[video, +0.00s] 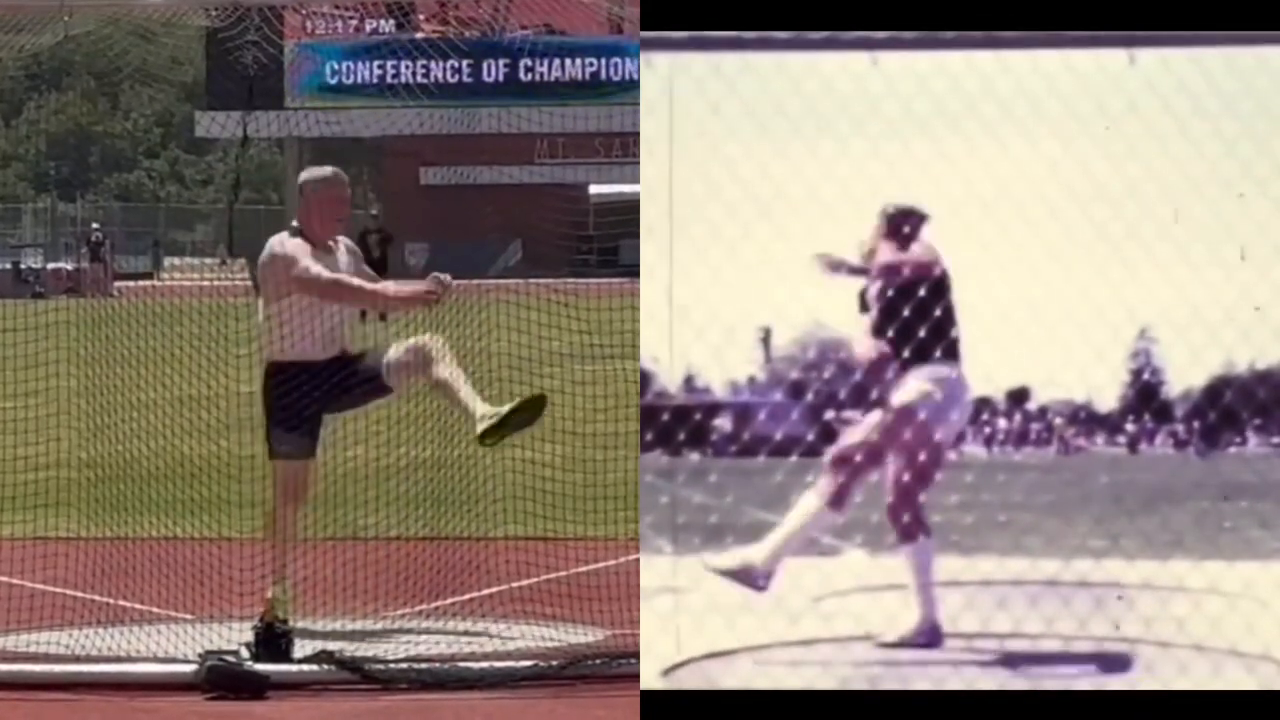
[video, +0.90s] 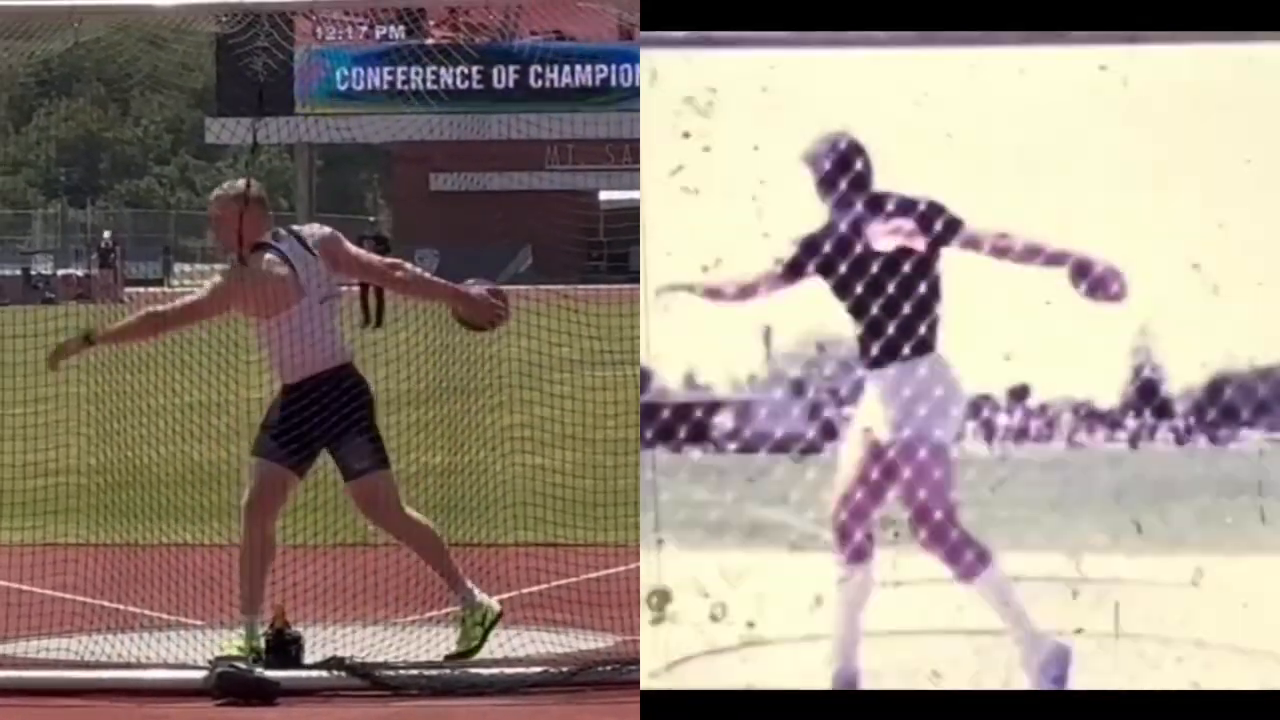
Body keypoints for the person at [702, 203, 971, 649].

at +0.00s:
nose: (877, 245)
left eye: (881, 238)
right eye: (880, 238)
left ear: (895, 237)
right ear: (899, 235)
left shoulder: (926, 259)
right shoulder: (879, 287)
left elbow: (919, 264)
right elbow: (877, 350)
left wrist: (855, 269)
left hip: (936, 383)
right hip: (909, 387)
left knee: (844, 461)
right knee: (903, 502)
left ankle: (764, 559)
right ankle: (928, 621)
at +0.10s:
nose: (823, 280)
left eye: (827, 269)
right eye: (821, 271)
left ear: (849, 263)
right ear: (836, 270)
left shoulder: (901, 274)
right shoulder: (849, 325)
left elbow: (951, 280)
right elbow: (864, 377)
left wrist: (956, 289)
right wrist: (905, 382)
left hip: (947, 395)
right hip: (908, 408)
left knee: (882, 456)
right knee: (887, 510)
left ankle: (803, 525)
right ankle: (926, 626)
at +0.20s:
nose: (816, 275)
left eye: (819, 265)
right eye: (811, 269)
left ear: (841, 255)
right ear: (815, 270)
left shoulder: (896, 268)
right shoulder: (838, 316)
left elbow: (953, 267)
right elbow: (870, 367)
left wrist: (992, 278)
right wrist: (903, 367)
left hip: (944, 377)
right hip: (899, 396)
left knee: (919, 430)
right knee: (887, 499)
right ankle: (925, 616)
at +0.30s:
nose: (816, 262)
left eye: (818, 250)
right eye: (808, 256)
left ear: (837, 239)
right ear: (807, 259)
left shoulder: (894, 258)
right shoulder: (829, 303)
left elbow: (956, 258)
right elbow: (854, 358)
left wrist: (1002, 265)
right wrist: (863, 404)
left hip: (937, 365)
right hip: (893, 389)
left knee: (952, 412)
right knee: (879, 499)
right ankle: (922, 612)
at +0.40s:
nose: (823, 248)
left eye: (824, 235)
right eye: (815, 242)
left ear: (843, 220)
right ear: (814, 240)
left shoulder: (899, 240)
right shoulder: (825, 280)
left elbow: (964, 244)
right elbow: (825, 335)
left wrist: (1011, 245)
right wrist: (840, 370)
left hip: (939, 357)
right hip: (891, 378)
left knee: (997, 398)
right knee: (873, 491)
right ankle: (909, 600)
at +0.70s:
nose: (853, 222)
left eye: (856, 210)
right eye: (842, 215)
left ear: (868, 204)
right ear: (831, 219)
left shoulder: (902, 241)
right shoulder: (827, 273)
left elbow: (967, 254)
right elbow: (812, 342)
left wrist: (1018, 230)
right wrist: (821, 400)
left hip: (940, 359)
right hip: (887, 384)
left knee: (1031, 400)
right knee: (886, 496)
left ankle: (1097, 437)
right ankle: (892, 618)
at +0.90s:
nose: (827, 191)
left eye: (828, 179)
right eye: (823, 181)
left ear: (843, 176)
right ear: (854, 176)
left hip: (919, 387)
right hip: (884, 389)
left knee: (936, 528)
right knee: (847, 518)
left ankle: (1040, 650)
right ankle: (845, 668)